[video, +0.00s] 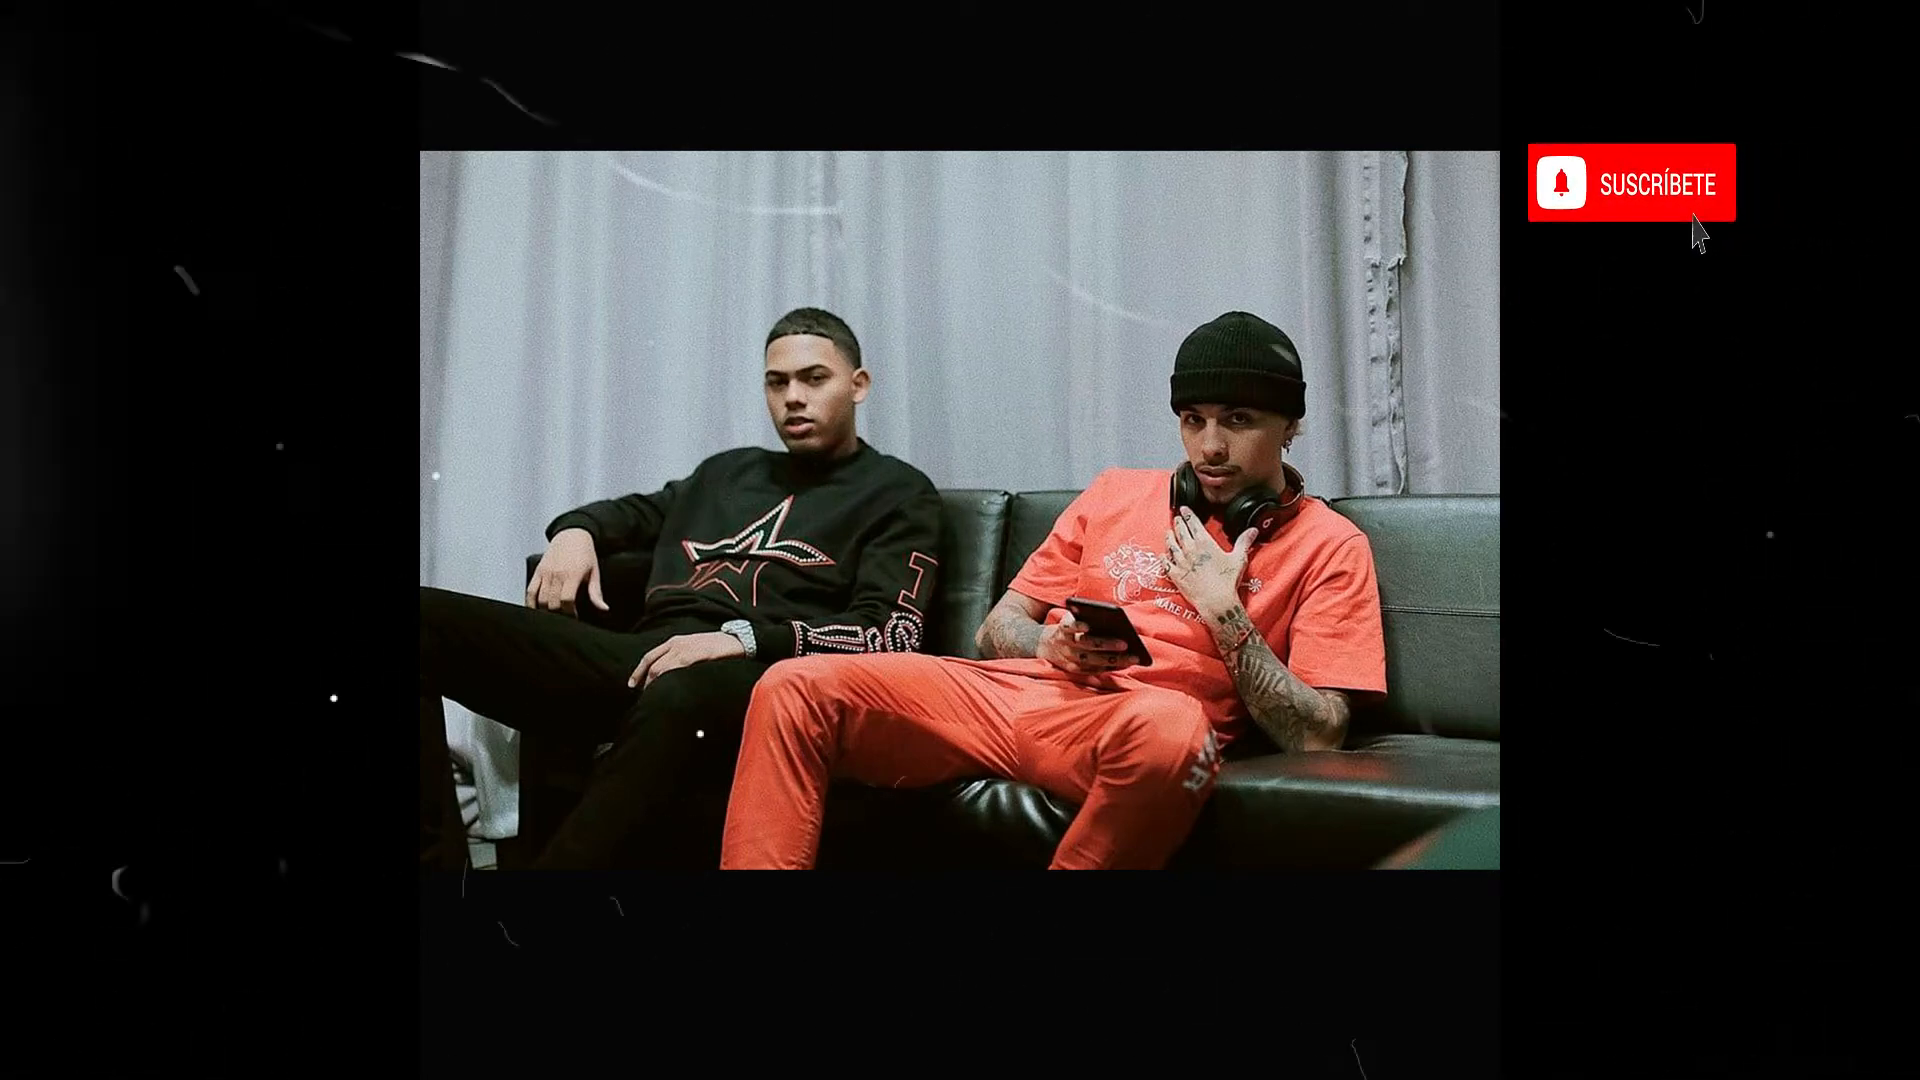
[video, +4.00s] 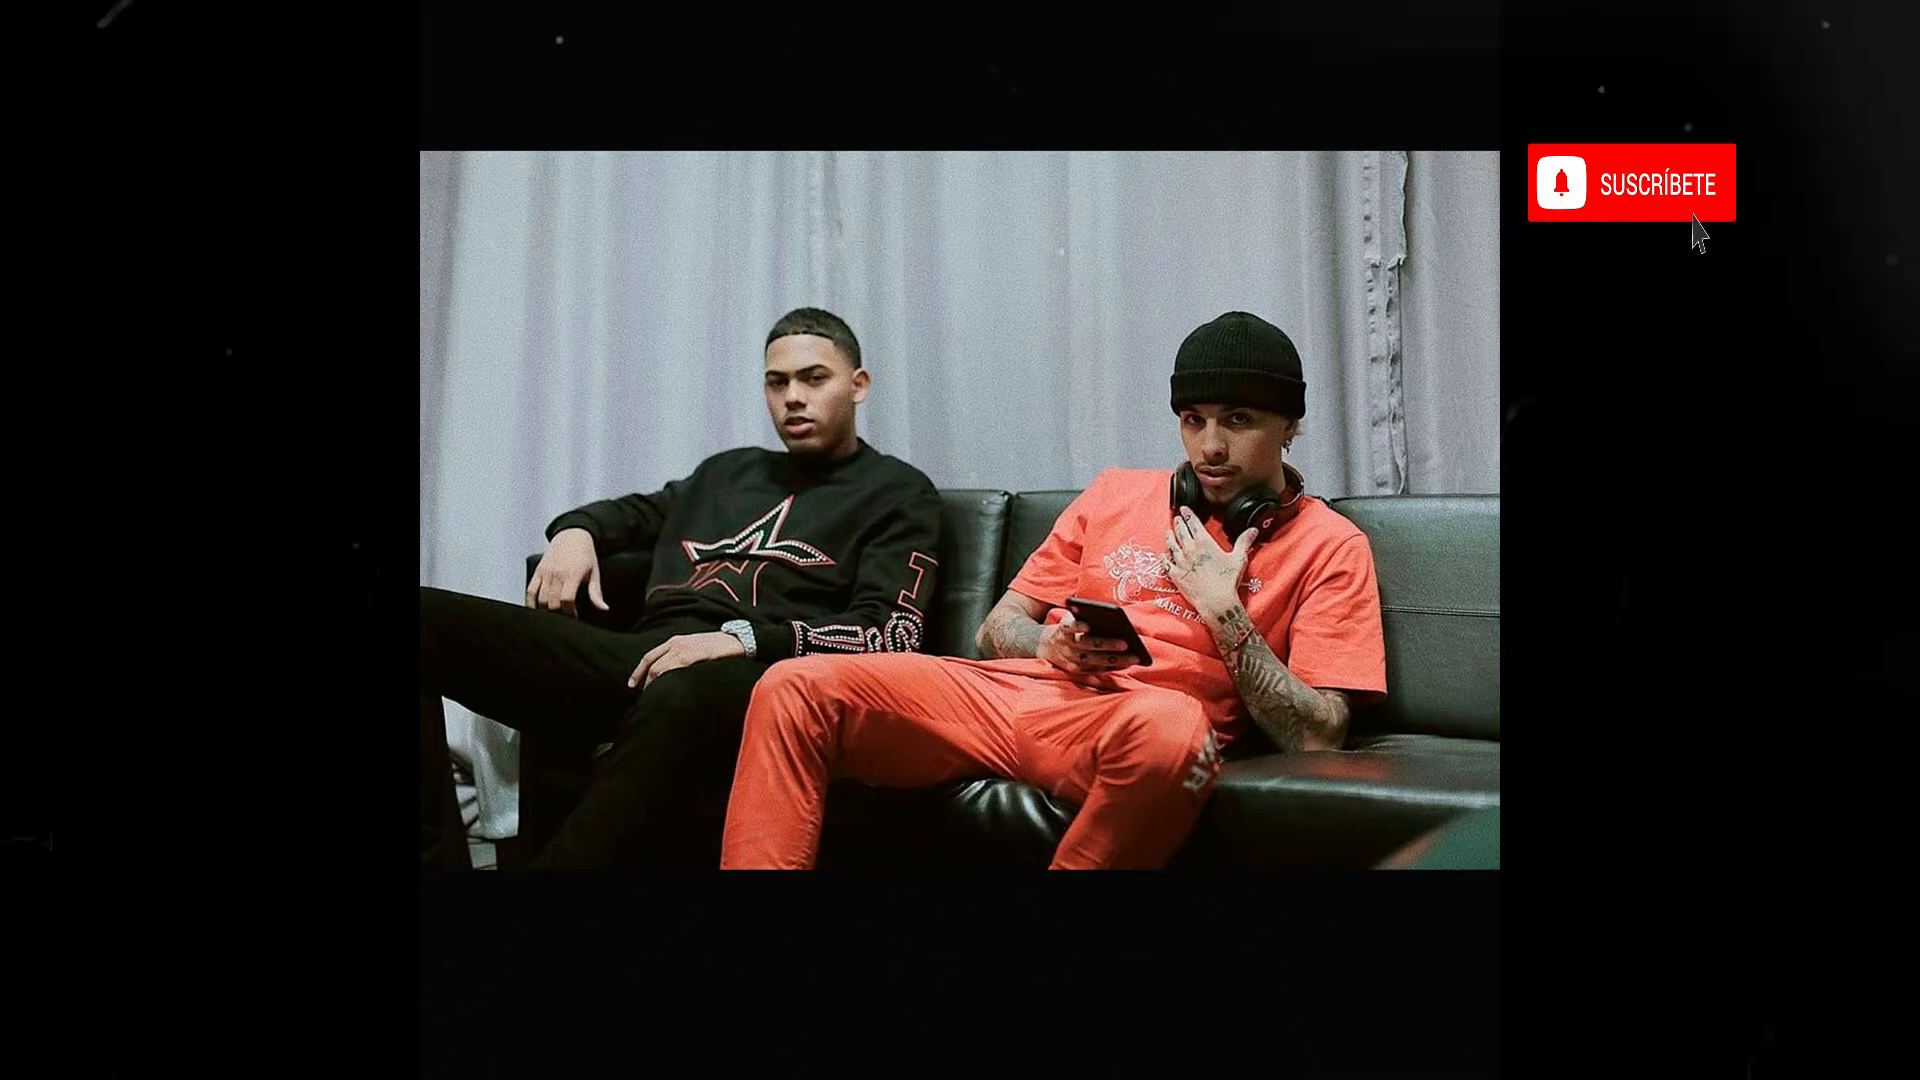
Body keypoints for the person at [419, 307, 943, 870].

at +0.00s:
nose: (793, 398)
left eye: (813, 379)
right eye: (779, 382)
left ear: (859, 385)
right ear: (765, 391)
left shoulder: (899, 493)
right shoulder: (728, 472)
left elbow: (892, 634)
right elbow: (640, 515)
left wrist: (744, 638)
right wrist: (575, 529)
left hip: (769, 680)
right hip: (637, 653)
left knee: (679, 700)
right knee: (426, 617)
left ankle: (554, 878)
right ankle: (439, 858)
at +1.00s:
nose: (793, 399)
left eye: (813, 379)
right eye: (779, 382)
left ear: (859, 385)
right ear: (765, 391)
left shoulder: (900, 493)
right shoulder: (728, 472)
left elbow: (894, 634)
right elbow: (640, 515)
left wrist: (742, 639)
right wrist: (574, 530)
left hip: (769, 681)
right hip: (637, 653)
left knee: (682, 699)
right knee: (425, 617)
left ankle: (562, 871)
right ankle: (440, 856)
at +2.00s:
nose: (793, 399)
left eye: (813, 379)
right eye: (779, 382)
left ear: (859, 385)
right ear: (765, 391)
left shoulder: (900, 494)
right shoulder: (728, 472)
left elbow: (893, 634)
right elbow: (641, 515)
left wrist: (742, 639)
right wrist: (575, 530)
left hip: (769, 681)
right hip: (637, 652)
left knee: (683, 699)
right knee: (425, 617)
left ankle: (562, 873)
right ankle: (441, 857)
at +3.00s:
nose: (793, 399)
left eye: (814, 378)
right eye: (779, 382)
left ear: (859, 385)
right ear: (765, 390)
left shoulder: (900, 494)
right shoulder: (727, 472)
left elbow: (893, 635)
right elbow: (643, 516)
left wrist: (743, 639)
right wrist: (575, 530)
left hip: (771, 681)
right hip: (637, 654)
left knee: (682, 701)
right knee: (424, 617)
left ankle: (561, 870)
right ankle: (440, 857)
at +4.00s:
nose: (793, 399)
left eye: (813, 379)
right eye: (779, 382)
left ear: (859, 385)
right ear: (765, 391)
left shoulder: (899, 494)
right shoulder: (728, 472)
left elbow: (892, 634)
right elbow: (641, 515)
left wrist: (743, 638)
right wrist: (575, 530)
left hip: (769, 681)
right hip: (637, 653)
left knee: (683, 699)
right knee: (424, 617)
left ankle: (561, 872)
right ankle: (441, 857)